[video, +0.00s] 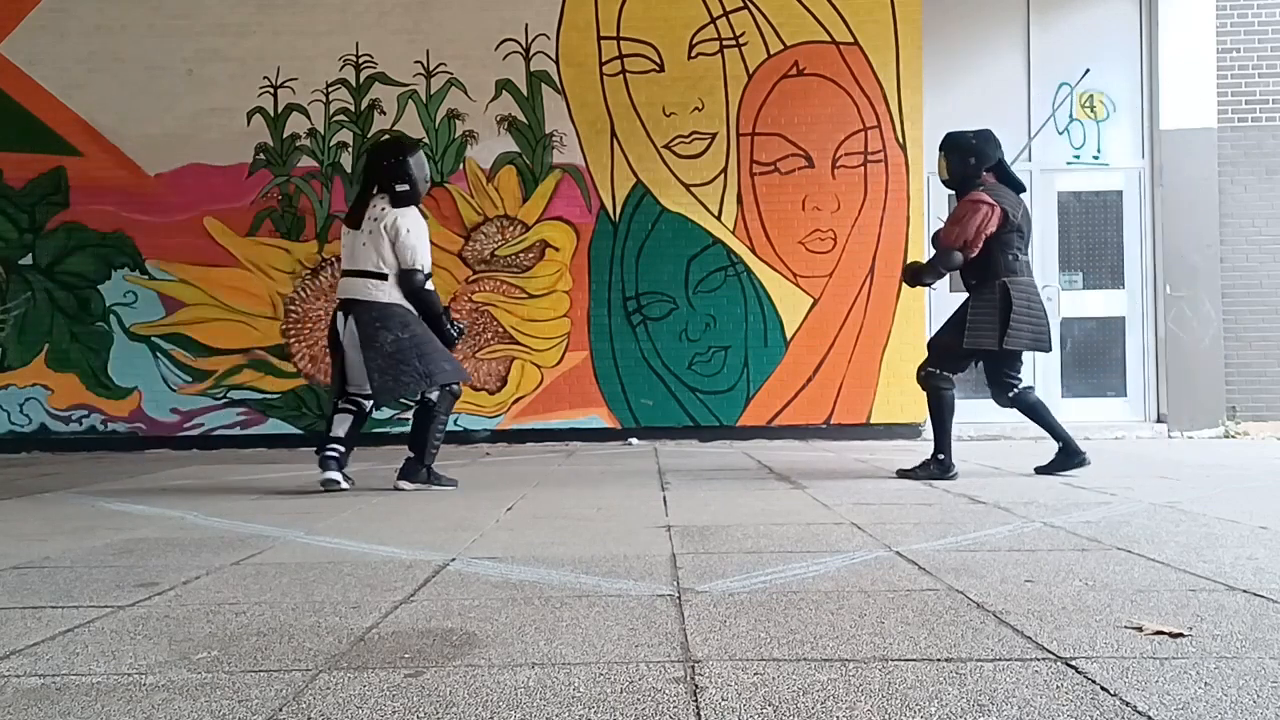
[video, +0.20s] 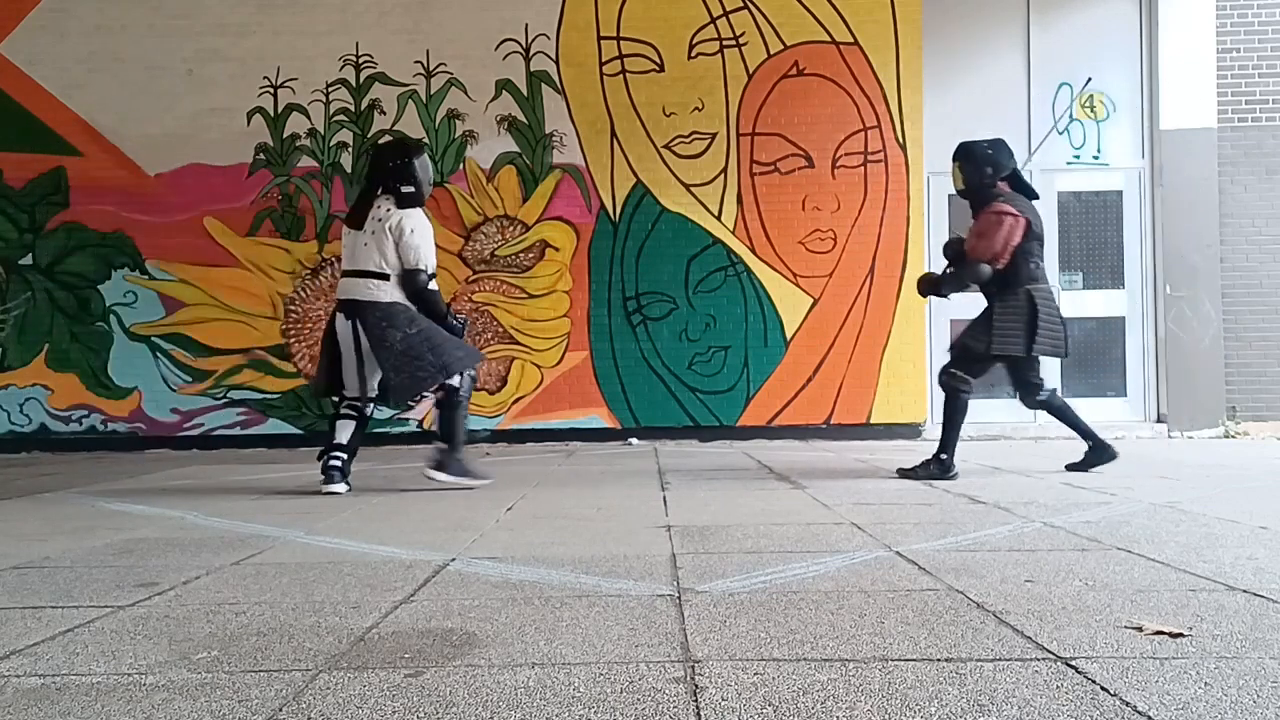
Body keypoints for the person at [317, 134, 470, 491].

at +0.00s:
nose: (425, 174)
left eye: (422, 165)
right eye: (419, 166)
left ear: (376, 173)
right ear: (406, 173)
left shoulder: (357, 212)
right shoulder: (406, 215)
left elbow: (354, 272)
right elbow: (414, 282)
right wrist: (443, 326)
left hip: (347, 314)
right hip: (387, 316)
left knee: (357, 392)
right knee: (445, 381)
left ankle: (332, 461)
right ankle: (419, 466)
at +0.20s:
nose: (428, 176)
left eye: (426, 168)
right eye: (422, 168)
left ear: (378, 174)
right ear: (408, 175)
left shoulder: (358, 213)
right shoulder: (409, 216)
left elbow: (355, 273)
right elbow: (417, 284)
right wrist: (447, 322)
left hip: (346, 311)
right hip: (388, 313)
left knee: (356, 395)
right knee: (459, 365)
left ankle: (335, 467)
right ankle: (451, 455)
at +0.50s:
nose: (458, 176)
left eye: (456, 169)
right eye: (453, 169)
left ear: (408, 175)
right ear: (440, 175)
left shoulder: (388, 216)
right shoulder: (444, 217)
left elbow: (384, 275)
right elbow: (457, 286)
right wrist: (478, 329)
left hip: (387, 313)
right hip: (428, 314)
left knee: (378, 396)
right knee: (496, 374)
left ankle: (339, 467)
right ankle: (497, 465)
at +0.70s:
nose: (495, 167)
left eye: (492, 159)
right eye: (490, 160)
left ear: (445, 166)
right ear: (474, 166)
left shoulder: (422, 205)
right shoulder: (479, 209)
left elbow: (418, 263)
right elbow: (488, 278)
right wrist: (512, 322)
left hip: (418, 305)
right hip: (461, 307)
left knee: (414, 384)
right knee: (519, 377)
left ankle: (395, 457)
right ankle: (500, 465)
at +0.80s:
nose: (507, 171)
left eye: (505, 163)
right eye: (502, 164)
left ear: (458, 169)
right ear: (486, 170)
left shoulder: (434, 207)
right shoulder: (487, 212)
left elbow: (433, 267)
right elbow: (495, 279)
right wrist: (525, 311)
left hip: (425, 311)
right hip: (469, 312)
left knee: (428, 391)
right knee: (538, 369)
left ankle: (408, 469)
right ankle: (512, 453)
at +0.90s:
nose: (519, 179)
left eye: (517, 170)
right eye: (514, 171)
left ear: (469, 175)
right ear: (499, 175)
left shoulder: (449, 212)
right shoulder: (499, 216)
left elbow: (460, 269)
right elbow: (515, 280)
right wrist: (556, 294)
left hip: (441, 310)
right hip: (483, 313)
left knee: (437, 393)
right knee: (555, 365)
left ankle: (409, 470)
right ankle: (563, 451)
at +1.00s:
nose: (536, 179)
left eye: (534, 172)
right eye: (531, 172)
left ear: (491, 177)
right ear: (519, 177)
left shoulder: (475, 211)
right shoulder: (524, 215)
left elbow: (515, 269)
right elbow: (563, 268)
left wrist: (582, 270)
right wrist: (603, 265)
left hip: (462, 308)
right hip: (503, 312)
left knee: (445, 392)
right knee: (569, 368)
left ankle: (410, 469)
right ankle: (613, 450)